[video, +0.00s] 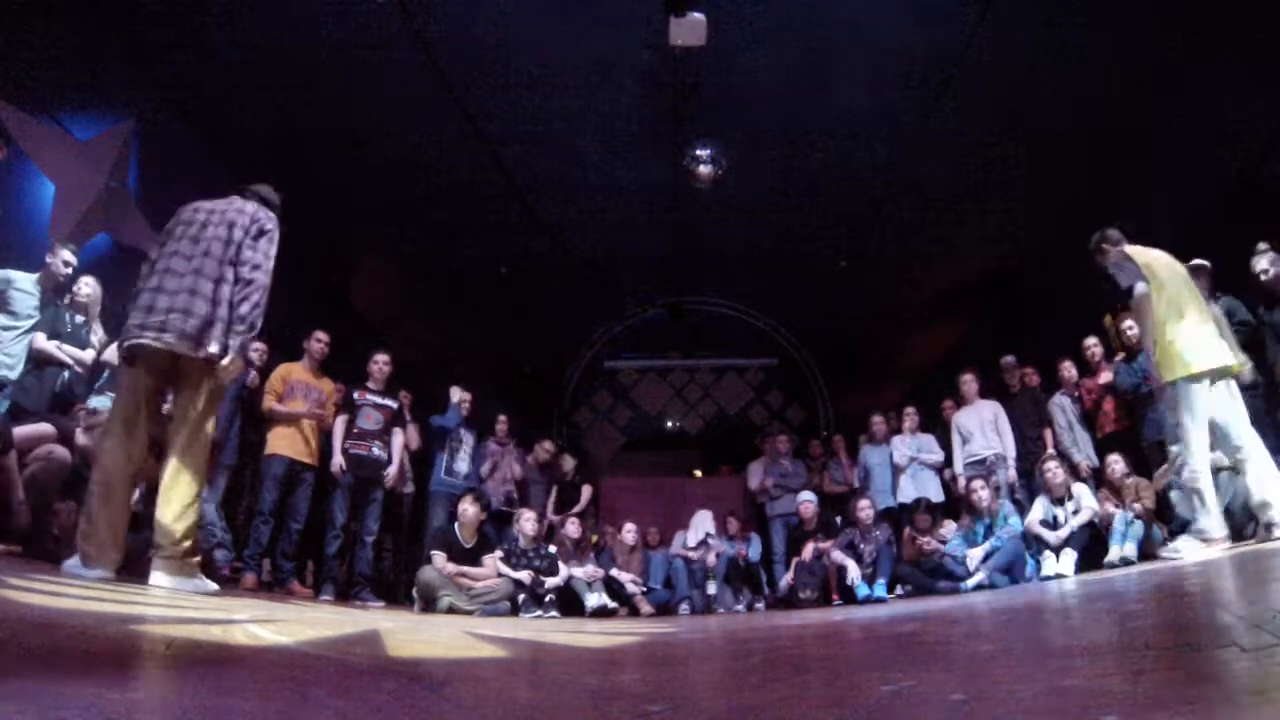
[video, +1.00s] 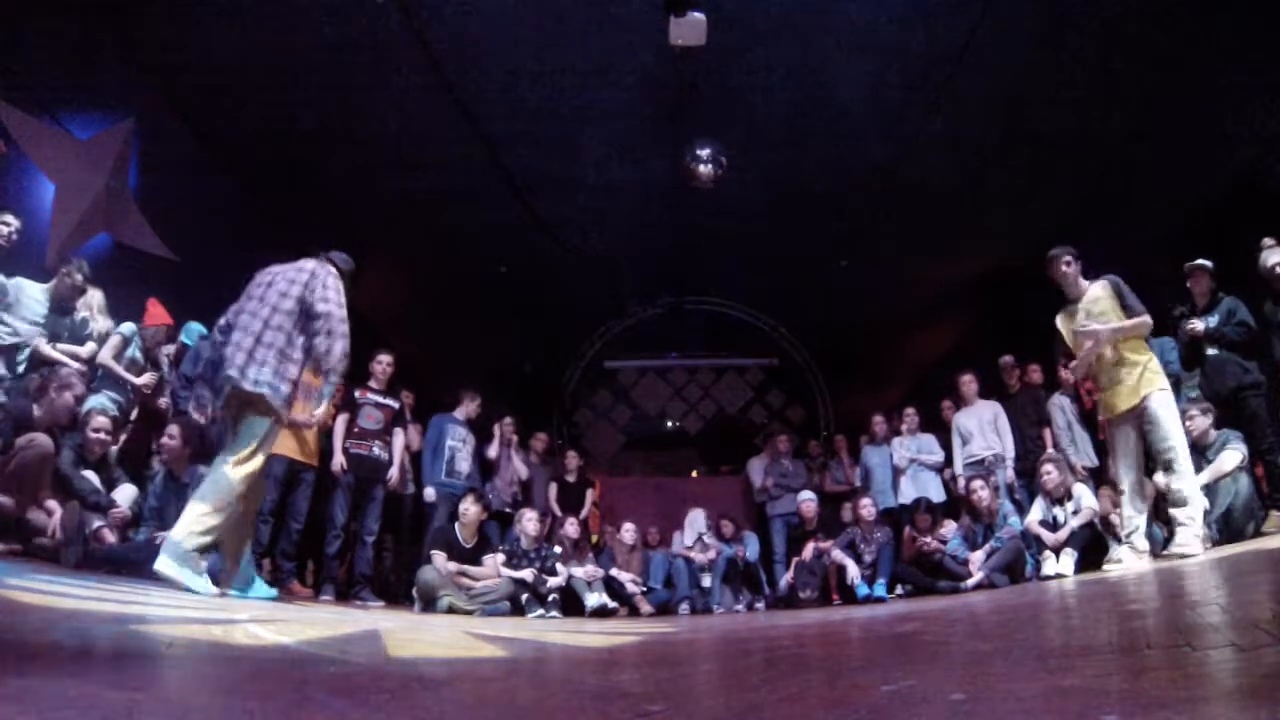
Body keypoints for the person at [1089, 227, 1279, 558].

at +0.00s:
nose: (1107, 268)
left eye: (1104, 262)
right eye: (1104, 264)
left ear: (1107, 249)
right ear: (1123, 241)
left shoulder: (1119, 257)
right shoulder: (1163, 257)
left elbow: (1141, 291)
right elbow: (1205, 308)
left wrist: (1147, 353)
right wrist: (1228, 351)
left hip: (1182, 361)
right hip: (1214, 354)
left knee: (1189, 451)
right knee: (1244, 440)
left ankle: (1208, 531)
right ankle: (1272, 516)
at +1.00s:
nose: (1064, 270)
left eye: (1067, 263)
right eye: (1057, 268)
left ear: (1078, 266)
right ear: (1053, 278)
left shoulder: (1110, 286)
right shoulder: (1063, 319)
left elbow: (1145, 323)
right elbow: (1077, 371)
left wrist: (1108, 331)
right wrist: (1091, 346)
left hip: (1146, 378)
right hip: (1113, 394)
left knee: (1172, 453)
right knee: (1126, 472)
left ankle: (1190, 532)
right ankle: (1135, 544)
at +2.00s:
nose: (1168, 214)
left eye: (1168, 208)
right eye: (1161, 208)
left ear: (1165, 213)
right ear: (1144, 213)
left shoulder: (1171, 257)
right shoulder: (1135, 253)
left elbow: (1191, 307)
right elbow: (1126, 309)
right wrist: (1129, 366)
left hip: (1211, 353)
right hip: (1189, 356)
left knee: (1217, 448)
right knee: (1235, 435)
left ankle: (1202, 529)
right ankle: (1271, 515)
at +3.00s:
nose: (1189, 177)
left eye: (1193, 167)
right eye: (1182, 173)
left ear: (1211, 164)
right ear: (1180, 182)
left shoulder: (1255, 198)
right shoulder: (1185, 230)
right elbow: (1198, 284)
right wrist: (1225, 332)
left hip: (1274, 325)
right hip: (1240, 338)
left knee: (1270, 425)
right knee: (1263, 429)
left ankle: (1273, 506)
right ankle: (1273, 507)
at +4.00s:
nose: (1115, 261)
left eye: (1114, 253)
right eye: (1112, 254)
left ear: (1123, 244)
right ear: (1134, 238)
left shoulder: (1145, 255)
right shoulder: (1173, 259)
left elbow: (1167, 289)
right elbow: (1216, 305)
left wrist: (1170, 344)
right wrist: (1248, 344)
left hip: (1195, 362)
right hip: (1219, 358)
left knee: (1203, 450)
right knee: (1254, 445)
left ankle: (1200, 535)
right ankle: (1277, 516)